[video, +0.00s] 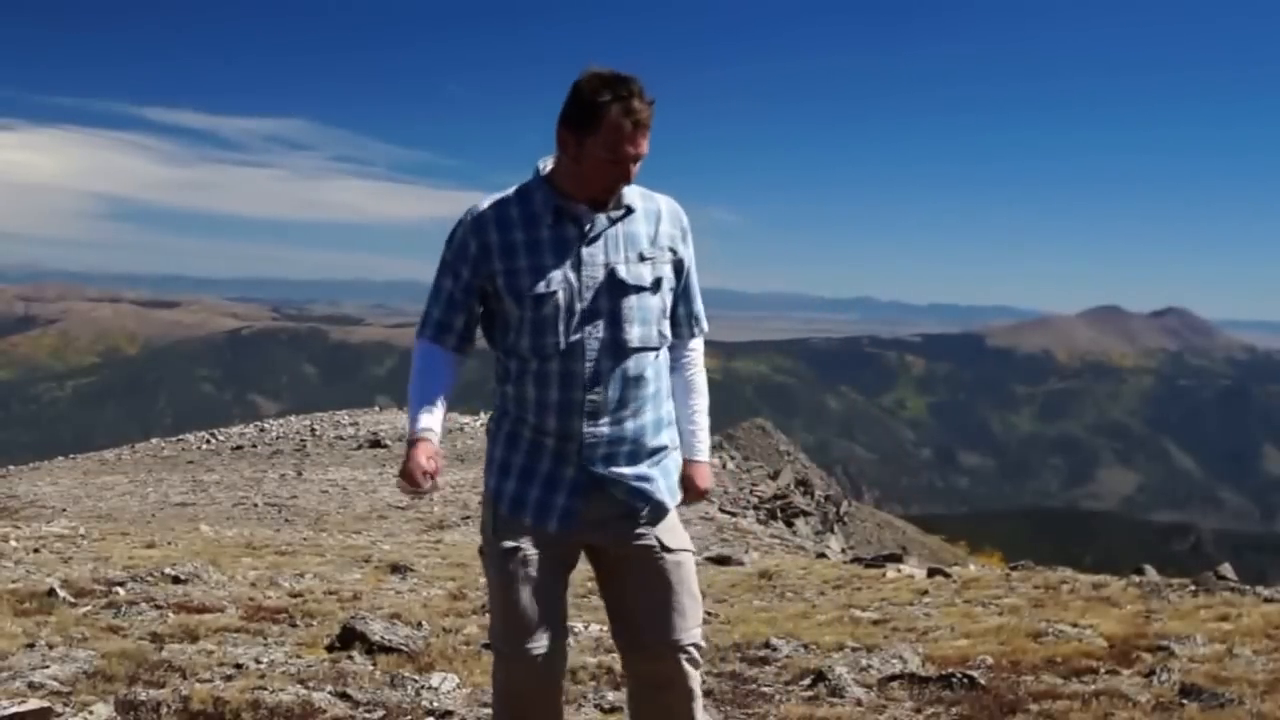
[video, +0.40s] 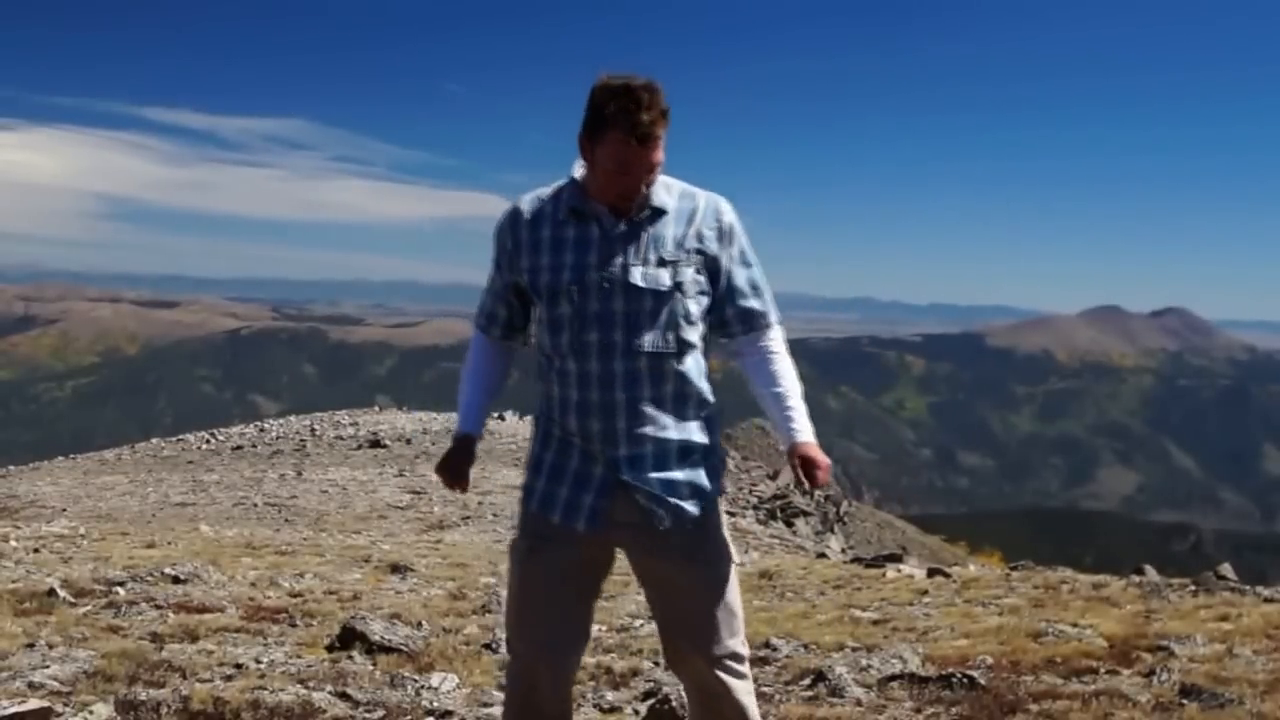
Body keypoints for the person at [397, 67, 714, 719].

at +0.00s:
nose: (631, 172)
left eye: (638, 159)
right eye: (621, 158)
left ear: (644, 146)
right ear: (571, 141)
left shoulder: (664, 221)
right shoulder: (489, 230)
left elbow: (686, 342)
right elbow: (441, 337)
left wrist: (695, 449)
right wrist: (424, 433)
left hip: (640, 477)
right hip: (529, 482)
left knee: (672, 662)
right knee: (528, 667)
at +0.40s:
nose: (647, 165)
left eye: (654, 150)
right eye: (630, 153)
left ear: (664, 145)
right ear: (588, 146)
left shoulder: (706, 219)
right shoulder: (530, 224)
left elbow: (757, 335)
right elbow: (494, 333)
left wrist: (799, 434)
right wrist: (467, 433)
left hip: (675, 477)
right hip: (564, 477)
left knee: (717, 671)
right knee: (536, 676)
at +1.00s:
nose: (762, 187)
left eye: (774, 171)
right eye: (751, 171)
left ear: (784, 154)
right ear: (709, 148)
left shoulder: (808, 218)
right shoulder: (630, 219)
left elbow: (831, 338)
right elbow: (579, 328)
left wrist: (834, 446)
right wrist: (586, 393)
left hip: (774, 478)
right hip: (659, 475)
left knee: (773, 671)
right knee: (622, 652)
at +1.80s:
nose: (605, 139)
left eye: (621, 123)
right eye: (592, 124)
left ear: (654, 125)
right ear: (575, 126)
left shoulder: (713, 224)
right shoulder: (532, 211)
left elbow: (763, 333)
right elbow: (478, 310)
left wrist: (804, 410)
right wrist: (432, 405)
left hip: (655, 482)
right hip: (541, 483)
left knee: (685, 669)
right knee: (549, 680)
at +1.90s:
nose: (597, 134)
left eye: (613, 116)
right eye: (583, 119)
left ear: (648, 119)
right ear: (568, 121)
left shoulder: (711, 213)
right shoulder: (541, 202)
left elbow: (767, 317)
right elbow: (499, 295)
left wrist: (804, 388)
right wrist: (450, 376)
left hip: (660, 471)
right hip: (549, 471)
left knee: (703, 659)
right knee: (548, 671)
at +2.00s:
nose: (597, 136)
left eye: (613, 118)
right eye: (582, 122)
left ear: (649, 117)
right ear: (568, 125)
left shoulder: (714, 210)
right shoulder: (555, 204)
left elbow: (770, 310)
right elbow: (526, 298)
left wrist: (798, 382)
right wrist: (479, 372)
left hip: (675, 472)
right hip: (567, 470)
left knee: (716, 660)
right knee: (560, 671)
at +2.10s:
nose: (606, 161)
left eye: (621, 142)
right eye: (591, 146)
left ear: (657, 134)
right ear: (577, 145)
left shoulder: (725, 223)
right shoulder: (577, 226)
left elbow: (779, 338)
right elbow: (554, 333)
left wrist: (792, 423)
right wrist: (504, 421)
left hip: (699, 494)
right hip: (590, 489)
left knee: (742, 686)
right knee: (565, 683)